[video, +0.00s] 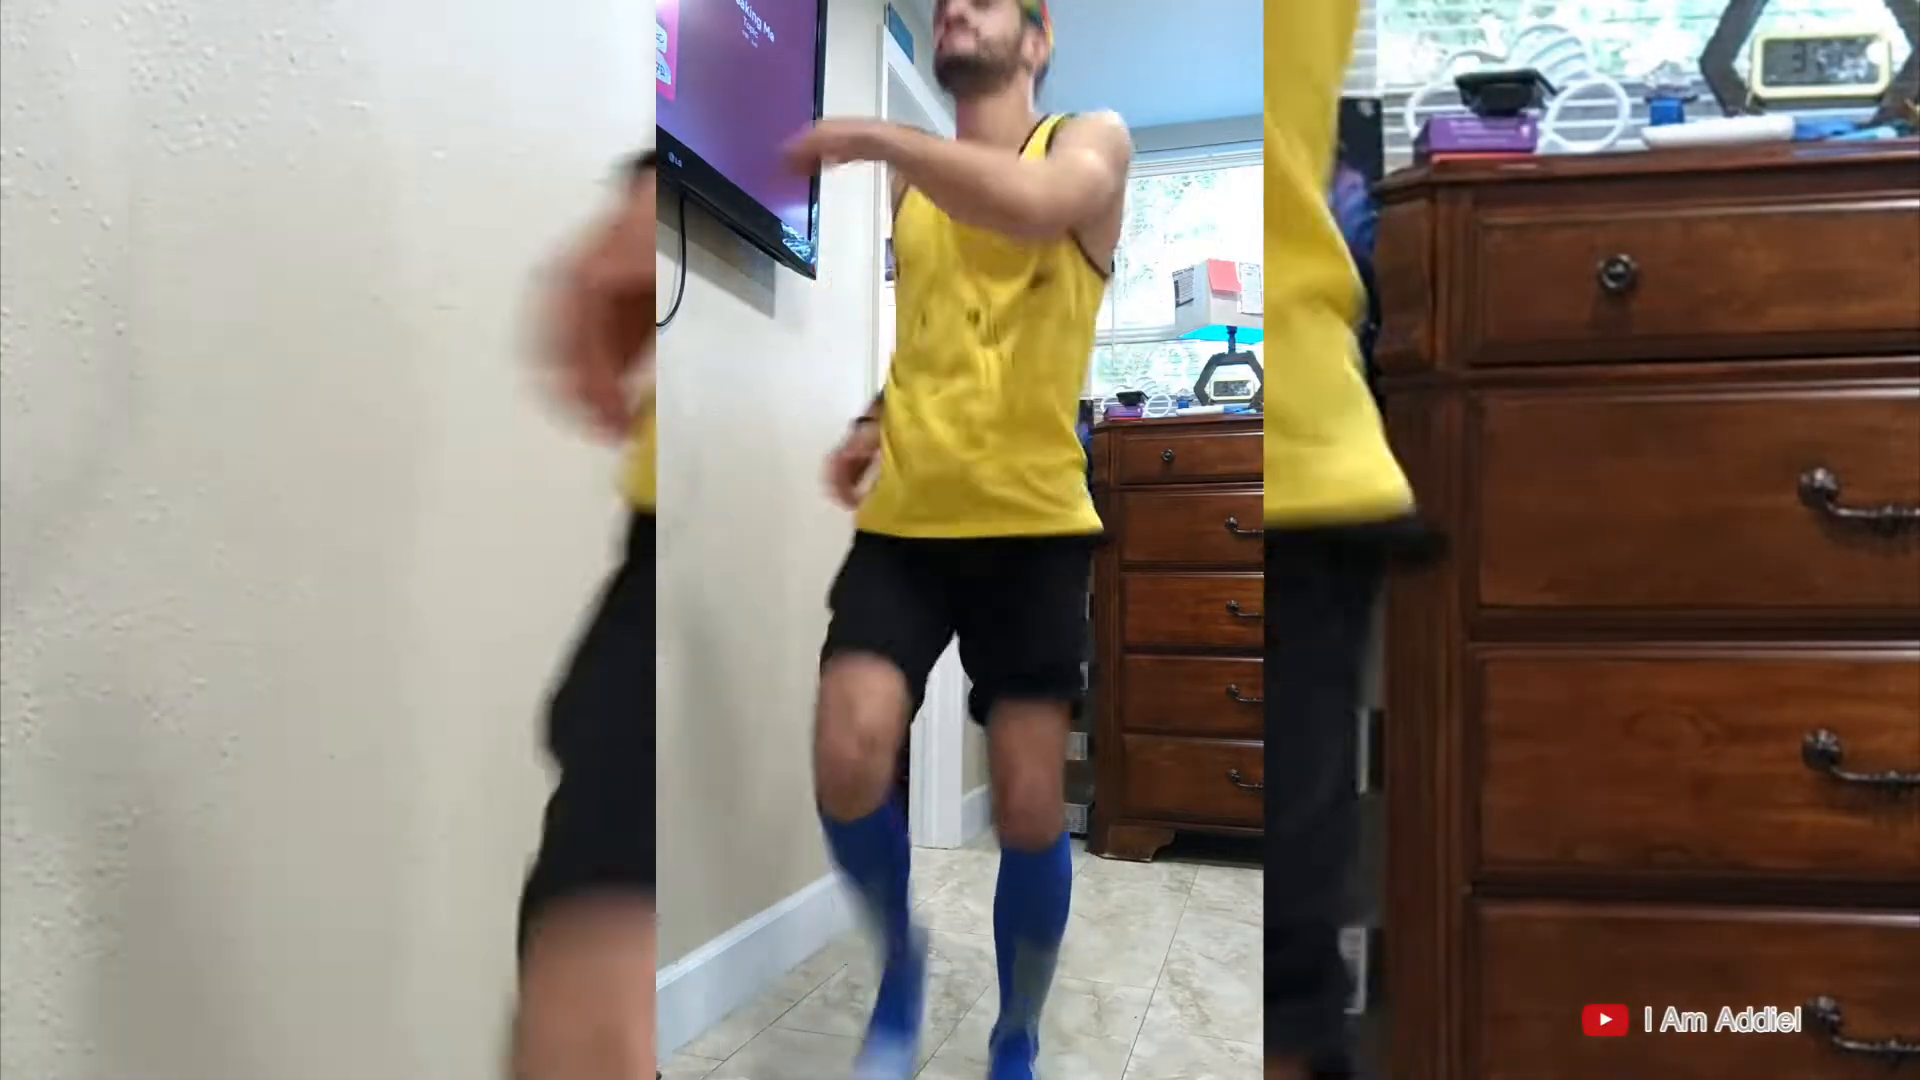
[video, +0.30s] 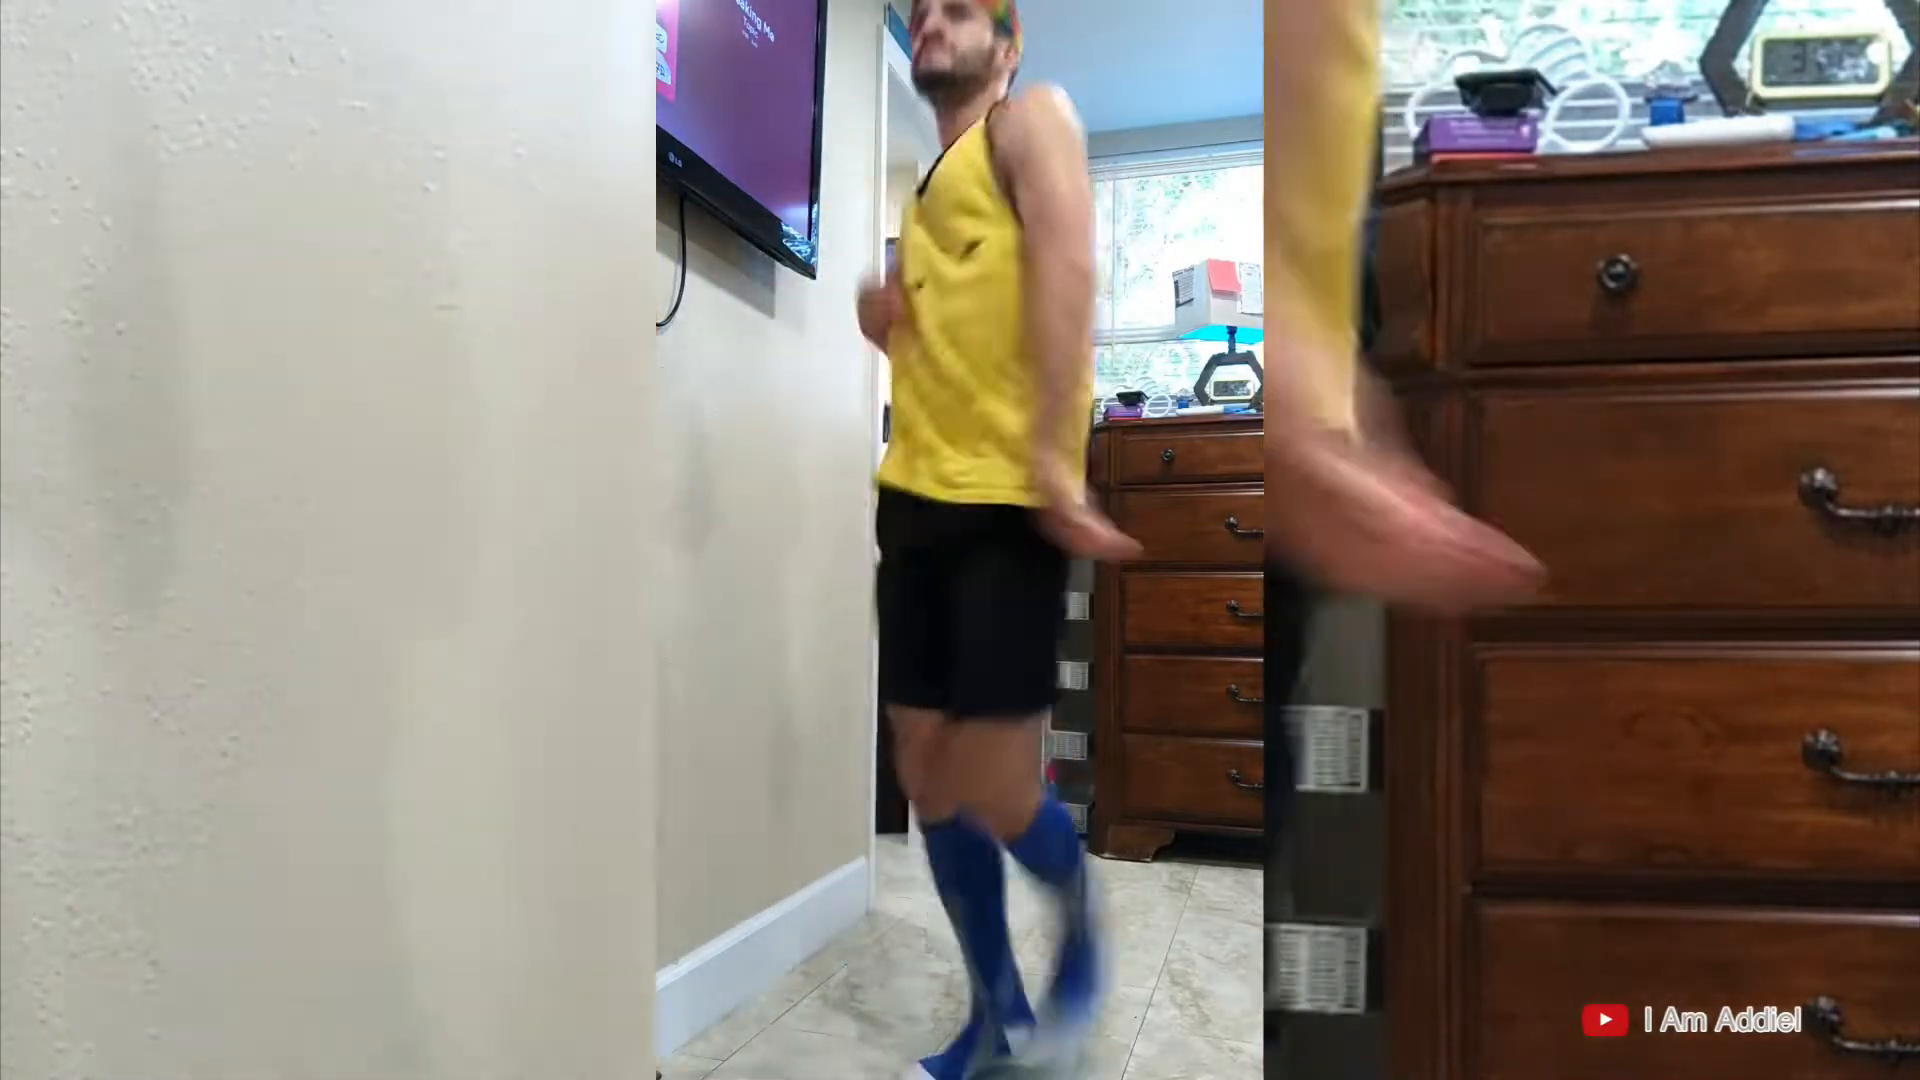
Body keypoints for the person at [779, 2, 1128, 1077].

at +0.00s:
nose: (955, 14)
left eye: (983, 3)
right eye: (944, 7)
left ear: (1037, 35)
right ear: (934, 47)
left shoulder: (1090, 136)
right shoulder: (915, 183)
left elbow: (1042, 206)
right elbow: (928, 343)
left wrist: (877, 138)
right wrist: (877, 422)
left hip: (1034, 518)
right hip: (906, 515)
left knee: (1029, 801)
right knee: (847, 754)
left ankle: (1017, 1037)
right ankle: (898, 966)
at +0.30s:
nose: (930, 22)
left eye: (955, 8)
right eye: (918, 11)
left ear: (1004, 31)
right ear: (909, 39)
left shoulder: (1032, 117)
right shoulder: (943, 171)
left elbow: (1067, 274)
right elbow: (951, 336)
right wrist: (892, 320)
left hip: (1009, 498)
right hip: (915, 496)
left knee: (995, 783)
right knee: (929, 773)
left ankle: (1074, 899)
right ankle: (997, 1009)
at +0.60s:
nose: (928, 72)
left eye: (955, 59)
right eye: (915, 58)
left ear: (995, 96)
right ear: (895, 89)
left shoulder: (1052, 175)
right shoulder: (884, 219)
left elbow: (1147, 311)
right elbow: (863, 367)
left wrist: (1056, 404)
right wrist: (892, 217)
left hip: (1019, 507)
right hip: (926, 516)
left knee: (892, 783)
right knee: (909, 797)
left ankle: (1127, 849)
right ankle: (1006, 1028)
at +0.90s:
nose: (994, 29)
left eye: (1010, 26)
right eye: (968, 20)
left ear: (1022, 76)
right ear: (924, 61)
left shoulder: (1031, 228)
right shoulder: (875, 141)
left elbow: (1017, 375)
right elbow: (848, 267)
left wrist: (1093, 302)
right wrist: (876, 435)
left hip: (1023, 531)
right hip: (902, 533)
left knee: (1001, 802)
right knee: (913, 840)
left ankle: (964, 1057)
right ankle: (967, 950)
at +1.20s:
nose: (973, 6)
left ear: (997, 31)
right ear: (899, 35)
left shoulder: (1021, 186)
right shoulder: (845, 125)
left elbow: (1062, 346)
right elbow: (765, 284)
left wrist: (1118, 212)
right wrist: (765, 442)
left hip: (979, 511)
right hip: (853, 490)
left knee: (948, 799)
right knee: (863, 790)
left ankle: (893, 1023)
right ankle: (855, 1066)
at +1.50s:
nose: (906, 12)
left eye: (921, 5)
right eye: (879, 2)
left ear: (939, 41)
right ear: (831, 33)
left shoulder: (980, 200)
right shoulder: (774, 177)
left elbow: (1039, 363)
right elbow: (718, 368)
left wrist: (1052, 204)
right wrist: (750, 282)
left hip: (964, 548)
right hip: (814, 551)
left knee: (1022, 809)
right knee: (816, 826)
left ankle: (910, 818)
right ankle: (817, 1074)